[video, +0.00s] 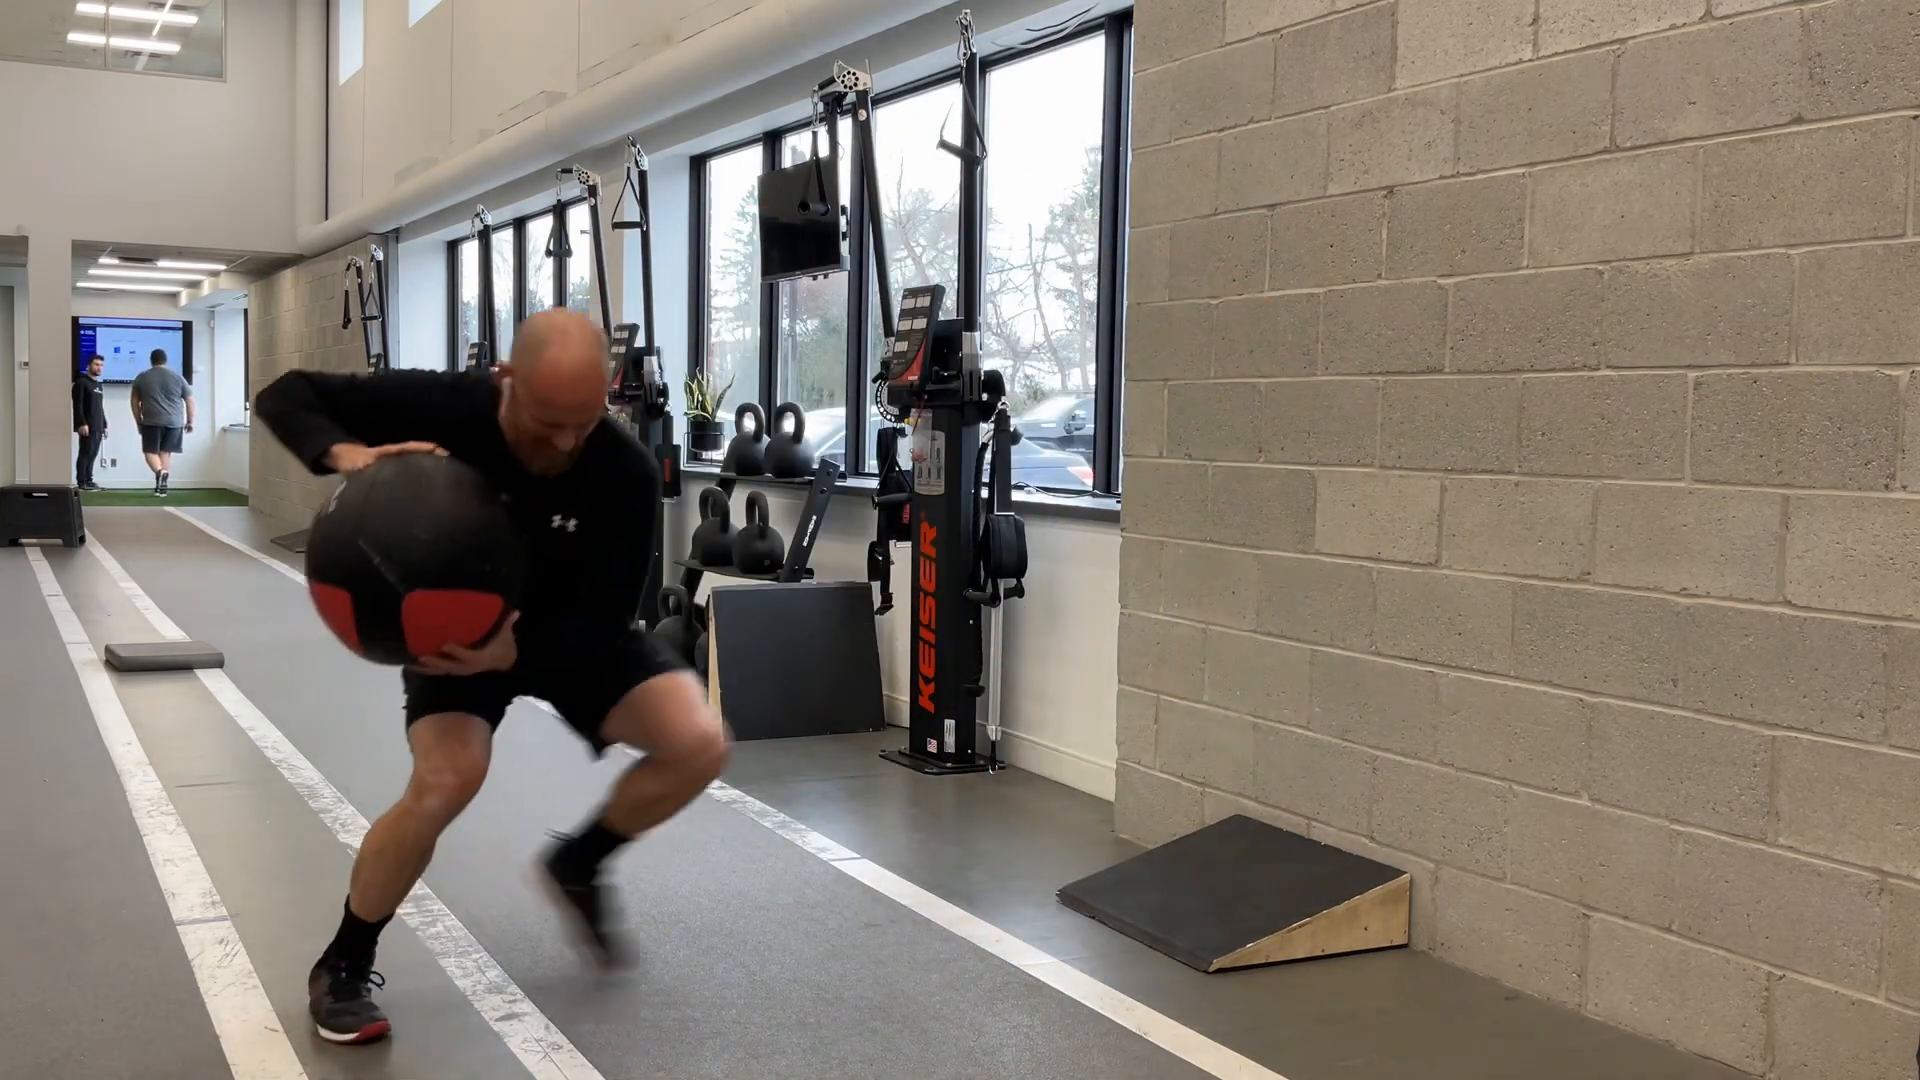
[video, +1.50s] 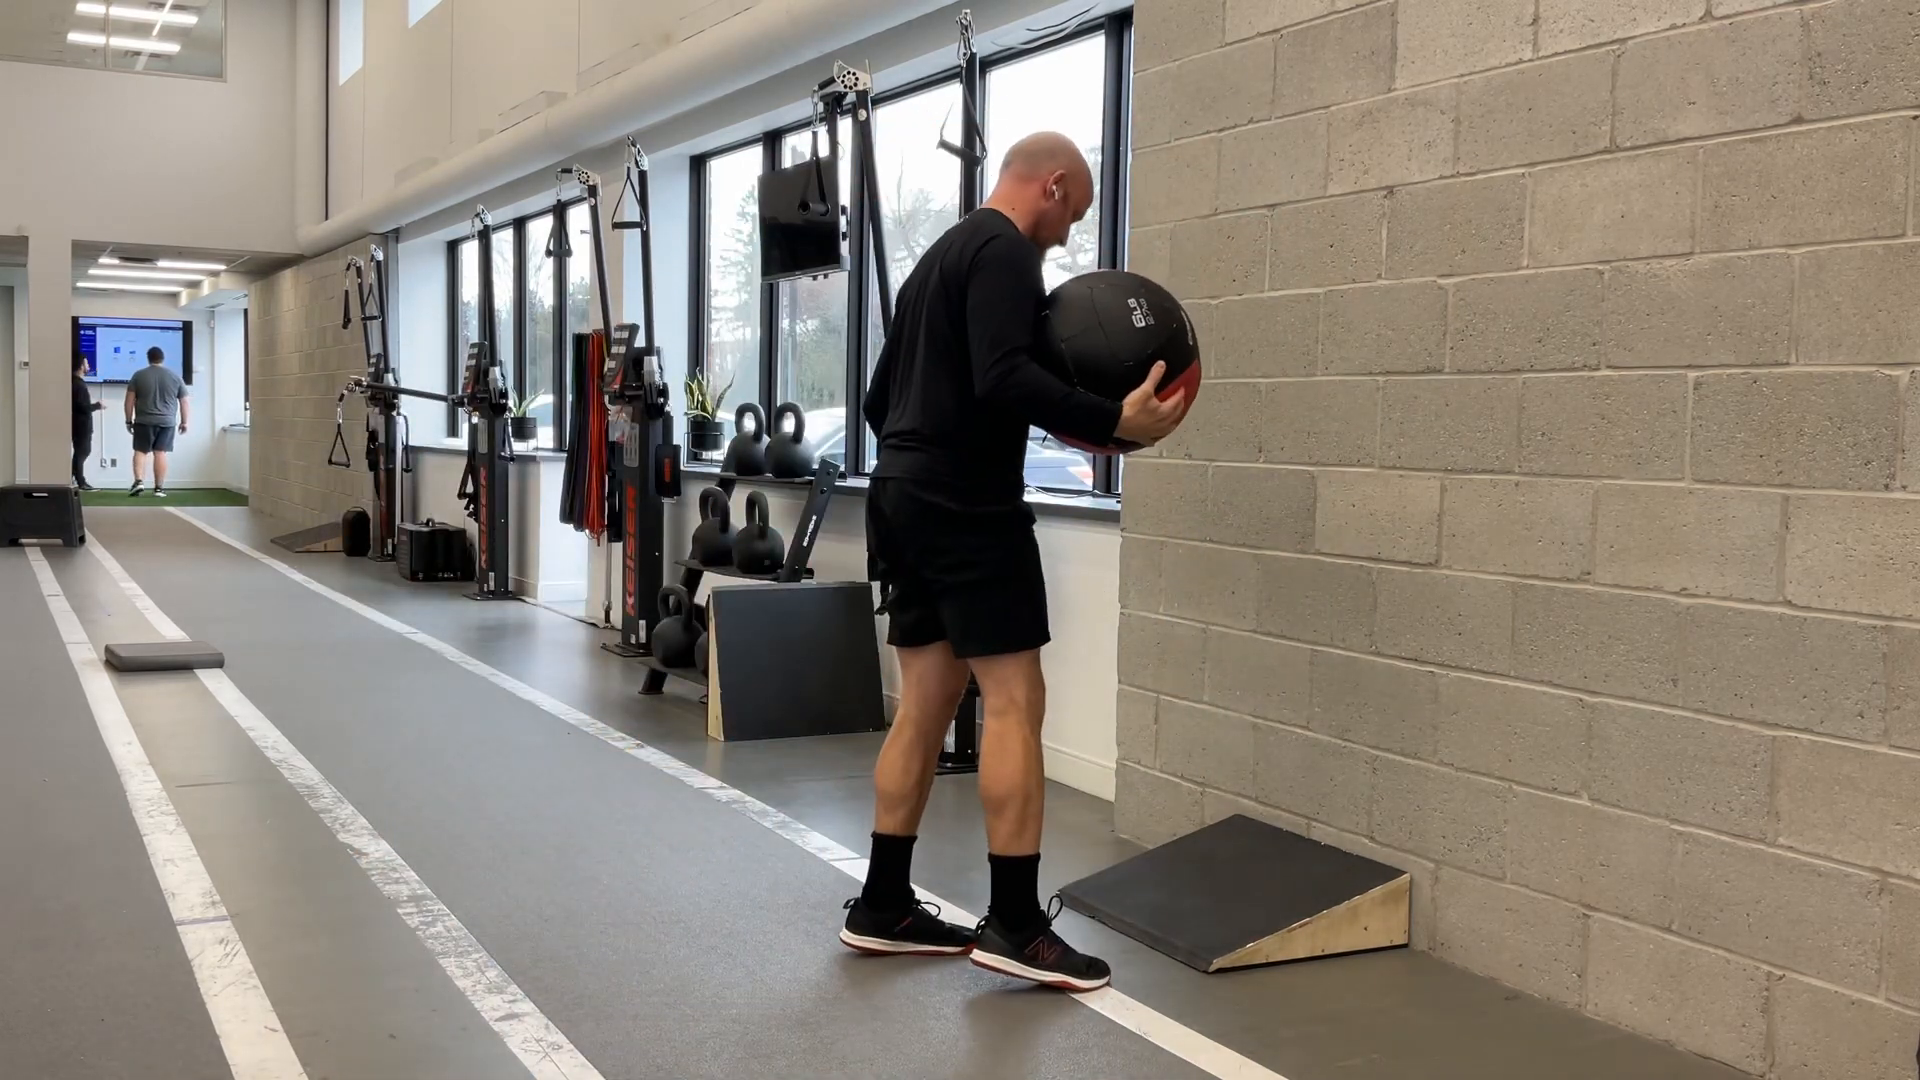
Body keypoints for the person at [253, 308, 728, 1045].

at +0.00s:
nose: (565, 443)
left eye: (582, 427)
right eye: (547, 425)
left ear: (607, 395)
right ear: (506, 383)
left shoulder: (626, 474)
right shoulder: (459, 407)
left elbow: (609, 616)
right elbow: (283, 397)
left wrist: (516, 651)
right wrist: (339, 452)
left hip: (579, 629)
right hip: (457, 634)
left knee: (699, 746)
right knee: (447, 780)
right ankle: (345, 965)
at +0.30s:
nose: (832, 266)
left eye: (831, 249)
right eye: (821, 249)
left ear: (772, 252)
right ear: (769, 252)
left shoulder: (797, 351)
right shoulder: (679, 345)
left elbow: (803, 464)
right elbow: (608, 450)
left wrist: (884, 441)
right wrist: (714, 447)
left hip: (729, 590)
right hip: (645, 593)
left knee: (844, 709)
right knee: (572, 784)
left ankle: (875, 906)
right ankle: (377, 941)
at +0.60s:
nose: (957, 196)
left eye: (957, 180)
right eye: (953, 179)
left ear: (883, 172)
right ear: (920, 173)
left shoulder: (815, 257)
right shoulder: (924, 279)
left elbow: (739, 371)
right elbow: (961, 422)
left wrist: (748, 454)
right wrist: (1070, 470)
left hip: (800, 500)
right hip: (867, 506)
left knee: (882, 705)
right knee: (881, 710)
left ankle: (879, 903)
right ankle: (833, 941)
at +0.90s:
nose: (1036, 200)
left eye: (1036, 183)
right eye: (1035, 183)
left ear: (963, 169)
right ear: (1006, 172)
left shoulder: (903, 254)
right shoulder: (986, 256)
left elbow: (842, 390)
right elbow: (992, 390)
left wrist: (884, 474)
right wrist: (1102, 432)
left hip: (866, 503)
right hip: (948, 505)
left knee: (905, 698)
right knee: (996, 701)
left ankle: (883, 904)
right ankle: (1016, 925)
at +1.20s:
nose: (1068, 217)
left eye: (1073, 202)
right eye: (1072, 199)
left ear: (1005, 171)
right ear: (1047, 176)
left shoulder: (926, 260)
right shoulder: (1012, 252)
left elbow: (879, 394)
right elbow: (1025, 383)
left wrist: (950, 449)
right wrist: (1134, 426)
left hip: (901, 496)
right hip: (979, 500)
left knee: (921, 696)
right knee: (1014, 700)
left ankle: (882, 901)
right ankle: (1015, 927)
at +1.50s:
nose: (1068, 233)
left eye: (1076, 219)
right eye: (1075, 215)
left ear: (1017, 179)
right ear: (1052, 186)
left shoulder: (941, 256)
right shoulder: (1004, 251)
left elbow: (883, 402)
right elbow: (1006, 375)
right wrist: (1117, 421)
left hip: (903, 501)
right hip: (974, 505)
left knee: (925, 698)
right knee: (1015, 701)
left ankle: (882, 902)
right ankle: (1014, 924)